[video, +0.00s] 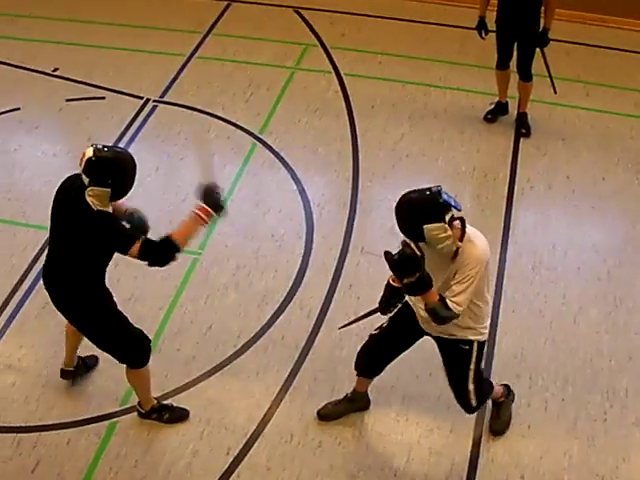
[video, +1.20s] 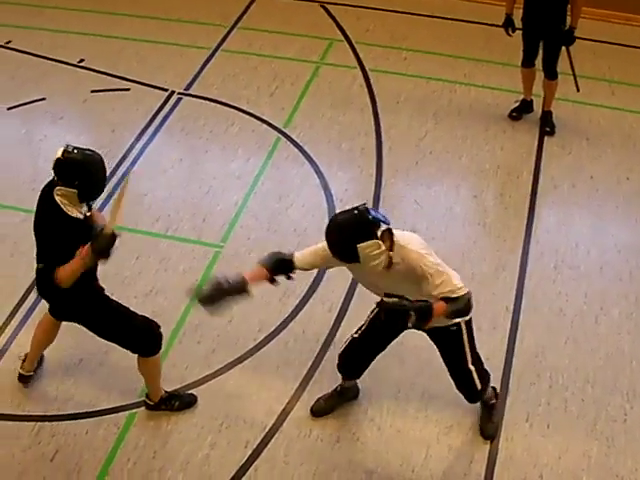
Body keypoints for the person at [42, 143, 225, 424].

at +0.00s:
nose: (124, 189)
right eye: (123, 184)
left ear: (92, 174)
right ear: (111, 190)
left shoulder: (70, 186)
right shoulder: (103, 225)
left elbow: (96, 203)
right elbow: (159, 254)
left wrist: (124, 213)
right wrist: (201, 214)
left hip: (54, 277)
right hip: (83, 296)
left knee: (79, 315)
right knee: (137, 347)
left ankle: (69, 365)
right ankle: (147, 405)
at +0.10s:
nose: (127, 195)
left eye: (128, 190)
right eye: (125, 191)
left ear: (89, 180)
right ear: (109, 197)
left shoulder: (66, 189)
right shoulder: (101, 231)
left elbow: (99, 206)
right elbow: (151, 272)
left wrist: (131, 202)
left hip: (50, 275)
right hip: (78, 295)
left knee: (67, 310)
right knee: (138, 345)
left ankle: (48, 360)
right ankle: (149, 405)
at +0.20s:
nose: (125, 201)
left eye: (127, 196)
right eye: (120, 198)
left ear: (85, 184)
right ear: (102, 201)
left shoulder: (63, 194)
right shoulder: (93, 241)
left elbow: (99, 199)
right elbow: (119, 299)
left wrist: (124, 196)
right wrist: (167, 314)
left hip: (46, 284)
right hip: (75, 302)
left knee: (50, 322)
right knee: (139, 343)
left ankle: (25, 371)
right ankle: (149, 405)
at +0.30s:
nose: (121, 203)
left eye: (121, 199)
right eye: (117, 201)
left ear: (79, 189)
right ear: (92, 203)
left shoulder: (57, 197)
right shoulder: (78, 242)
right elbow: (81, 303)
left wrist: (115, 194)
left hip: (37, 284)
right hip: (62, 304)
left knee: (45, 326)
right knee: (136, 347)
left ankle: (24, 377)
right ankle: (148, 404)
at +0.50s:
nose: (85, 203)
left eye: (86, 198)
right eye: (82, 199)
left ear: (55, 187)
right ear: (67, 199)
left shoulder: (44, 196)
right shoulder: (48, 238)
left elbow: (79, 217)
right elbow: (62, 298)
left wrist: (106, 226)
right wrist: (125, 296)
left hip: (30, 290)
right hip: (49, 305)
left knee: (42, 323)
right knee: (119, 344)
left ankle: (23, 377)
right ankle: (141, 404)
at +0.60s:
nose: (78, 203)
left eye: (78, 199)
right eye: (76, 199)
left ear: (51, 186)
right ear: (64, 198)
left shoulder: (40, 196)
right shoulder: (41, 233)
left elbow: (74, 223)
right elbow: (69, 281)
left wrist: (94, 249)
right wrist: (123, 258)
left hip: (30, 286)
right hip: (49, 301)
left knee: (43, 321)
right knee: (119, 344)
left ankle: (23, 377)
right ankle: (136, 405)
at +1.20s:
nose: (94, 191)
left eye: (93, 187)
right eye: (91, 187)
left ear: (65, 177)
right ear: (79, 189)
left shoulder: (55, 191)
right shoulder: (58, 225)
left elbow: (86, 213)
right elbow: (60, 279)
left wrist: (102, 230)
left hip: (56, 284)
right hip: (75, 297)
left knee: (55, 313)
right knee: (148, 334)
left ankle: (28, 365)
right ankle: (156, 397)